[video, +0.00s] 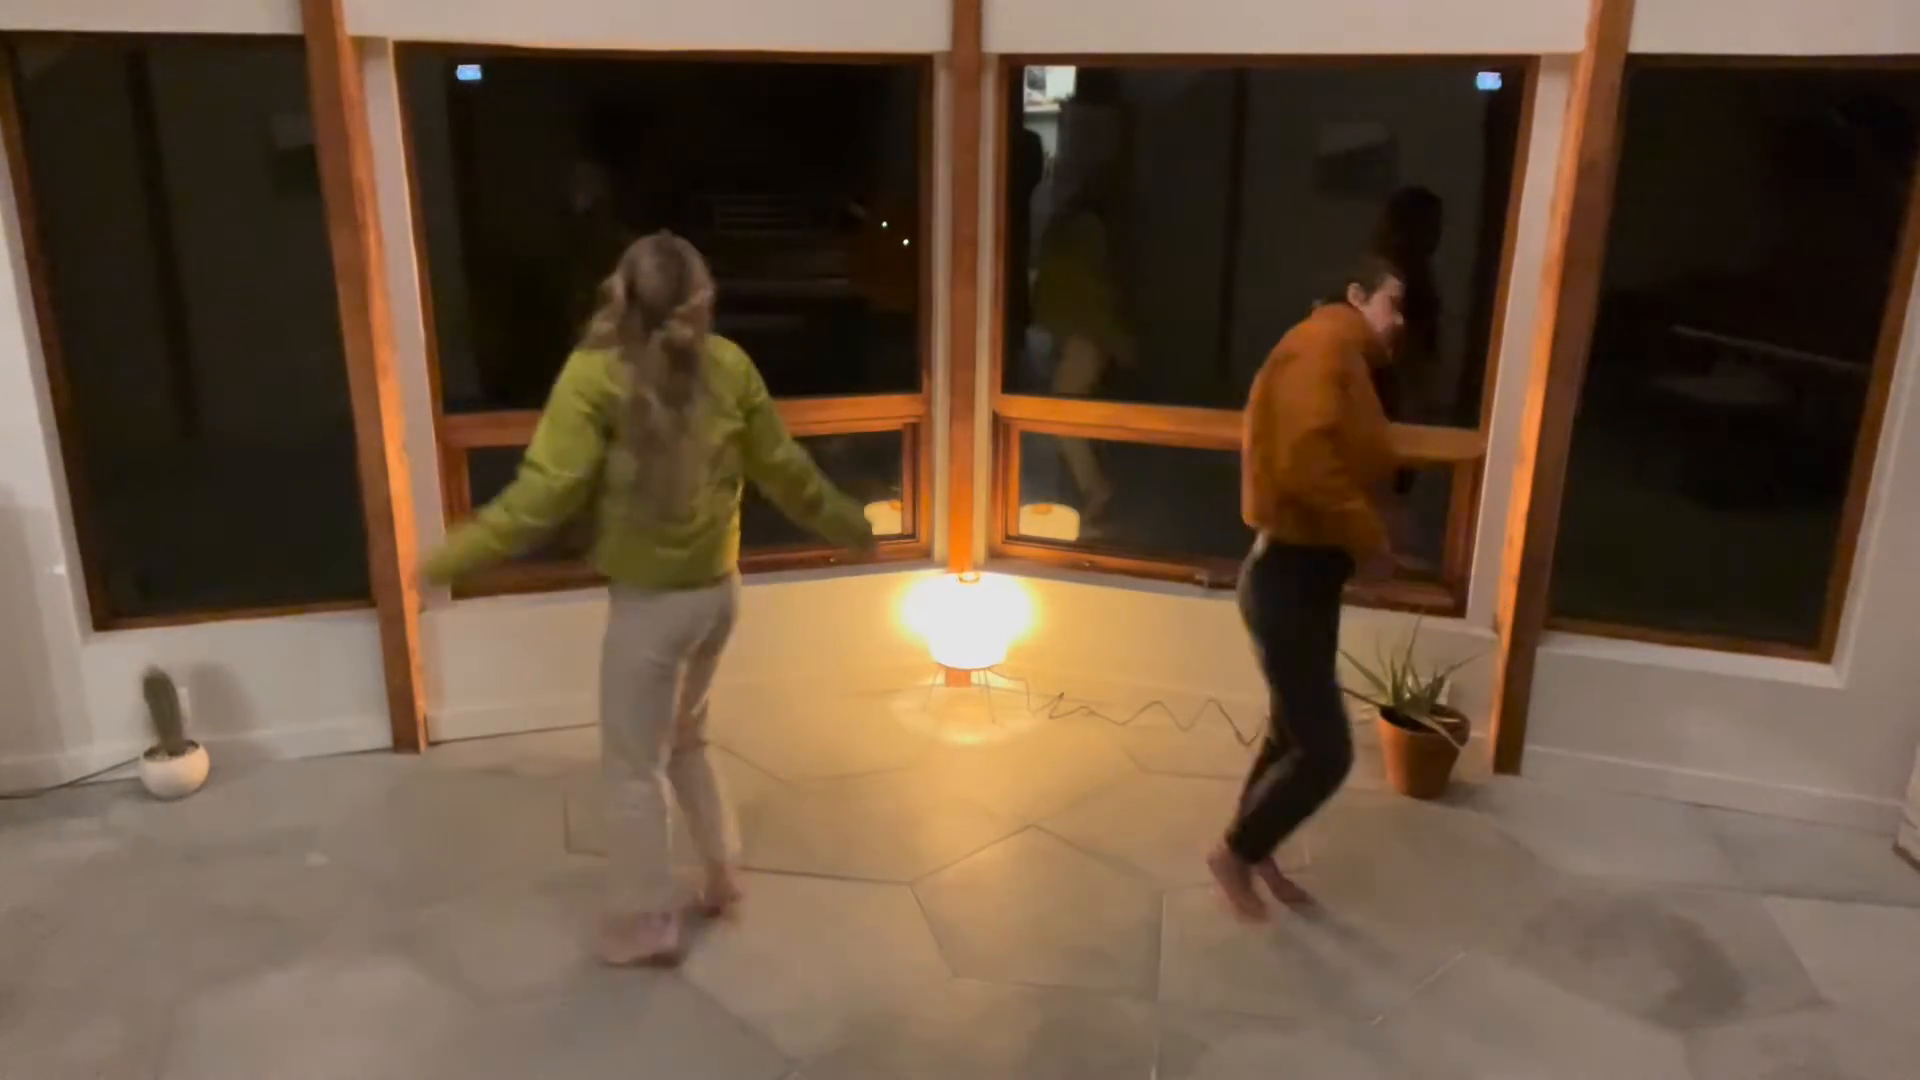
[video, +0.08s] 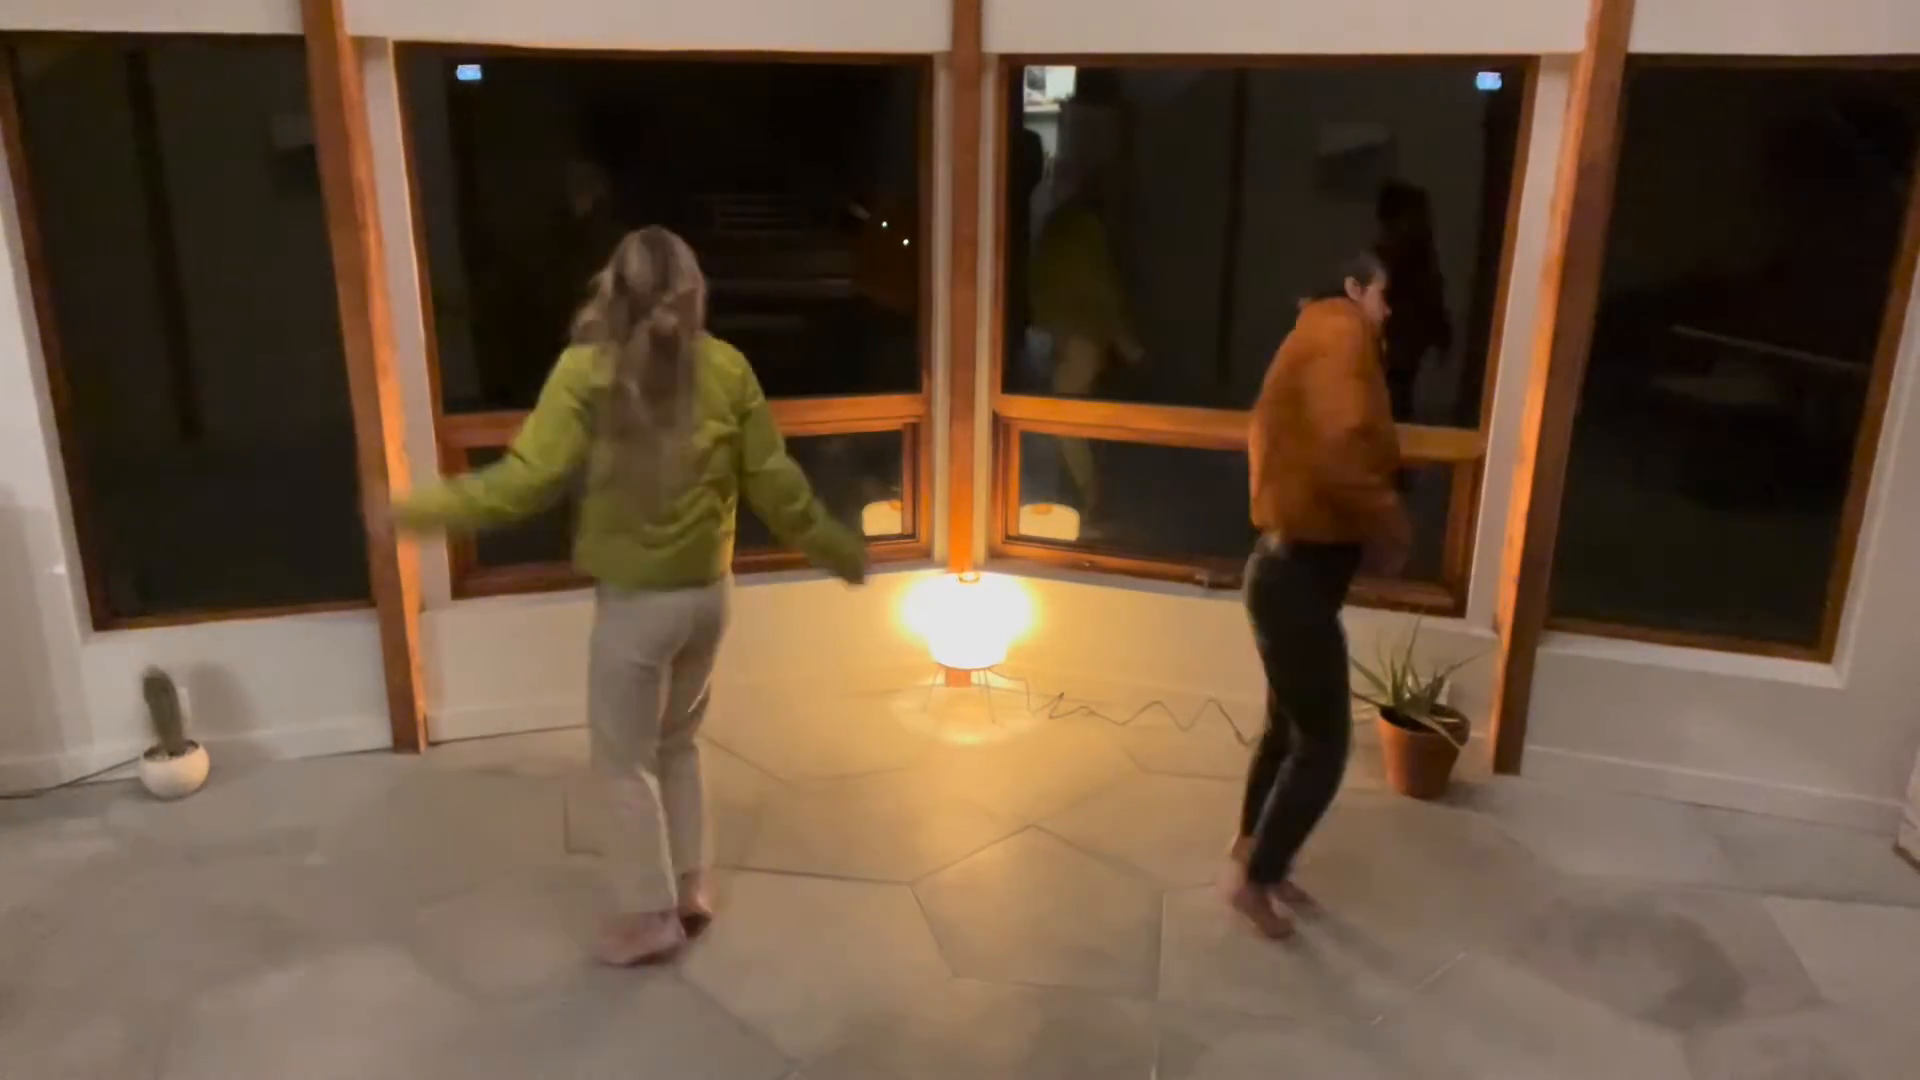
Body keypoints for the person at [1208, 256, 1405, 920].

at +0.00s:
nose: (1399, 323)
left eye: (1408, 312)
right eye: (1395, 305)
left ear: (1371, 301)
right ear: (1360, 294)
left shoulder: (1339, 349)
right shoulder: (1322, 345)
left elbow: (1357, 450)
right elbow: (1307, 460)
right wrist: (1368, 537)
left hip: (1304, 568)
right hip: (1289, 571)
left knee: (1295, 730)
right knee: (1325, 751)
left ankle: (1255, 845)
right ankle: (1235, 852)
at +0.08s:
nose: (1397, 315)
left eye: (1402, 302)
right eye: (1393, 299)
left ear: (1360, 286)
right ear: (1359, 286)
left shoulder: (1316, 331)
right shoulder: (1342, 334)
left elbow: (1266, 430)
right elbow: (1340, 444)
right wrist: (1389, 520)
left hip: (1282, 563)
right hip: (1301, 571)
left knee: (1287, 728)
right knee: (1324, 742)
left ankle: (1254, 856)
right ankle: (1259, 877)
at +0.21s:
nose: (1276, 317)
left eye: (1278, 306)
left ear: (1285, 302)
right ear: (1342, 286)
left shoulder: (1269, 364)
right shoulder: (1372, 340)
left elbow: (1243, 459)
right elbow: (1405, 441)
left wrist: (1190, 510)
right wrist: (1430, 513)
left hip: (1270, 563)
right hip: (1332, 571)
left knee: (1268, 714)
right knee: (1313, 735)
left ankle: (1236, 852)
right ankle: (1258, 887)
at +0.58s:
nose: (1323, 277)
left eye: (1336, 273)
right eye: (1333, 268)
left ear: (1353, 299)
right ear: (1381, 303)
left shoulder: (1313, 380)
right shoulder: (1414, 356)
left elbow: (1293, 508)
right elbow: (1454, 448)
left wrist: (1256, 583)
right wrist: (1388, 492)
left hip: (1307, 575)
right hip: (1368, 574)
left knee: (1284, 739)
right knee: (1346, 733)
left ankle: (1294, 888)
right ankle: (1366, 886)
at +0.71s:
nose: (1366, 262)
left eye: (1384, 266)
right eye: (1381, 257)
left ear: (1394, 303)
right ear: (1382, 291)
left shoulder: (1361, 372)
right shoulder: (1353, 358)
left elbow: (1390, 487)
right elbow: (1386, 481)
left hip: (1331, 570)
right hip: (1322, 562)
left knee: (1300, 731)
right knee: (1301, 720)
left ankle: (1337, 884)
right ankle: (1353, 851)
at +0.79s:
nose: (1369, 255)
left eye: (1386, 259)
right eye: (1381, 251)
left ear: (1398, 297)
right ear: (1383, 287)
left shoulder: (1388, 364)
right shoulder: (1326, 347)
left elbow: (1446, 465)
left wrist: (1505, 568)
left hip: (1350, 567)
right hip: (1303, 557)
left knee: (1330, 736)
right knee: (1301, 737)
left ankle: (1335, 888)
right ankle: (1336, 867)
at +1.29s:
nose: (1432, 302)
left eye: (1429, 290)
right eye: (1422, 291)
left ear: (1384, 297)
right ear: (1389, 298)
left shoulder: (1380, 356)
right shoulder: (1352, 362)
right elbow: (1300, 455)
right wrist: (1247, 545)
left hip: (1338, 553)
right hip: (1320, 556)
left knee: (1324, 705)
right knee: (1325, 709)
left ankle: (1272, 837)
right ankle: (1273, 846)